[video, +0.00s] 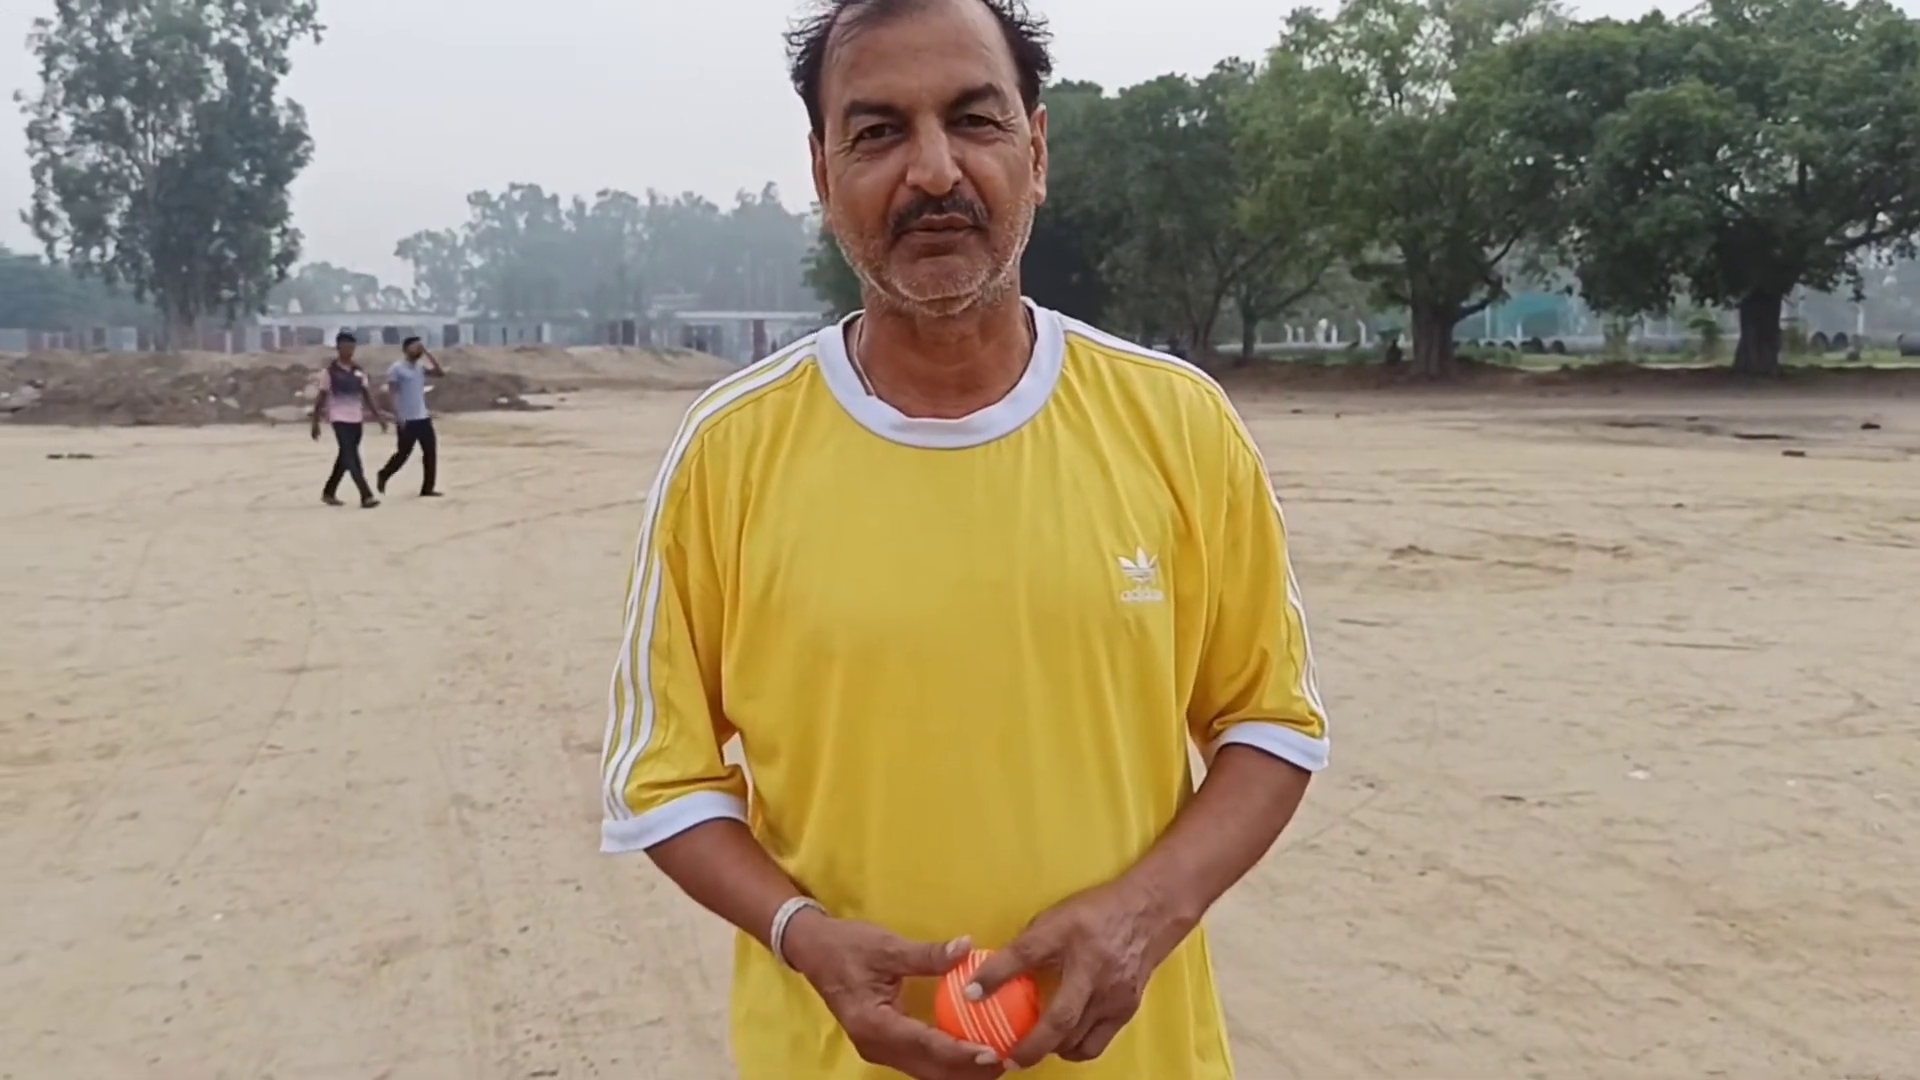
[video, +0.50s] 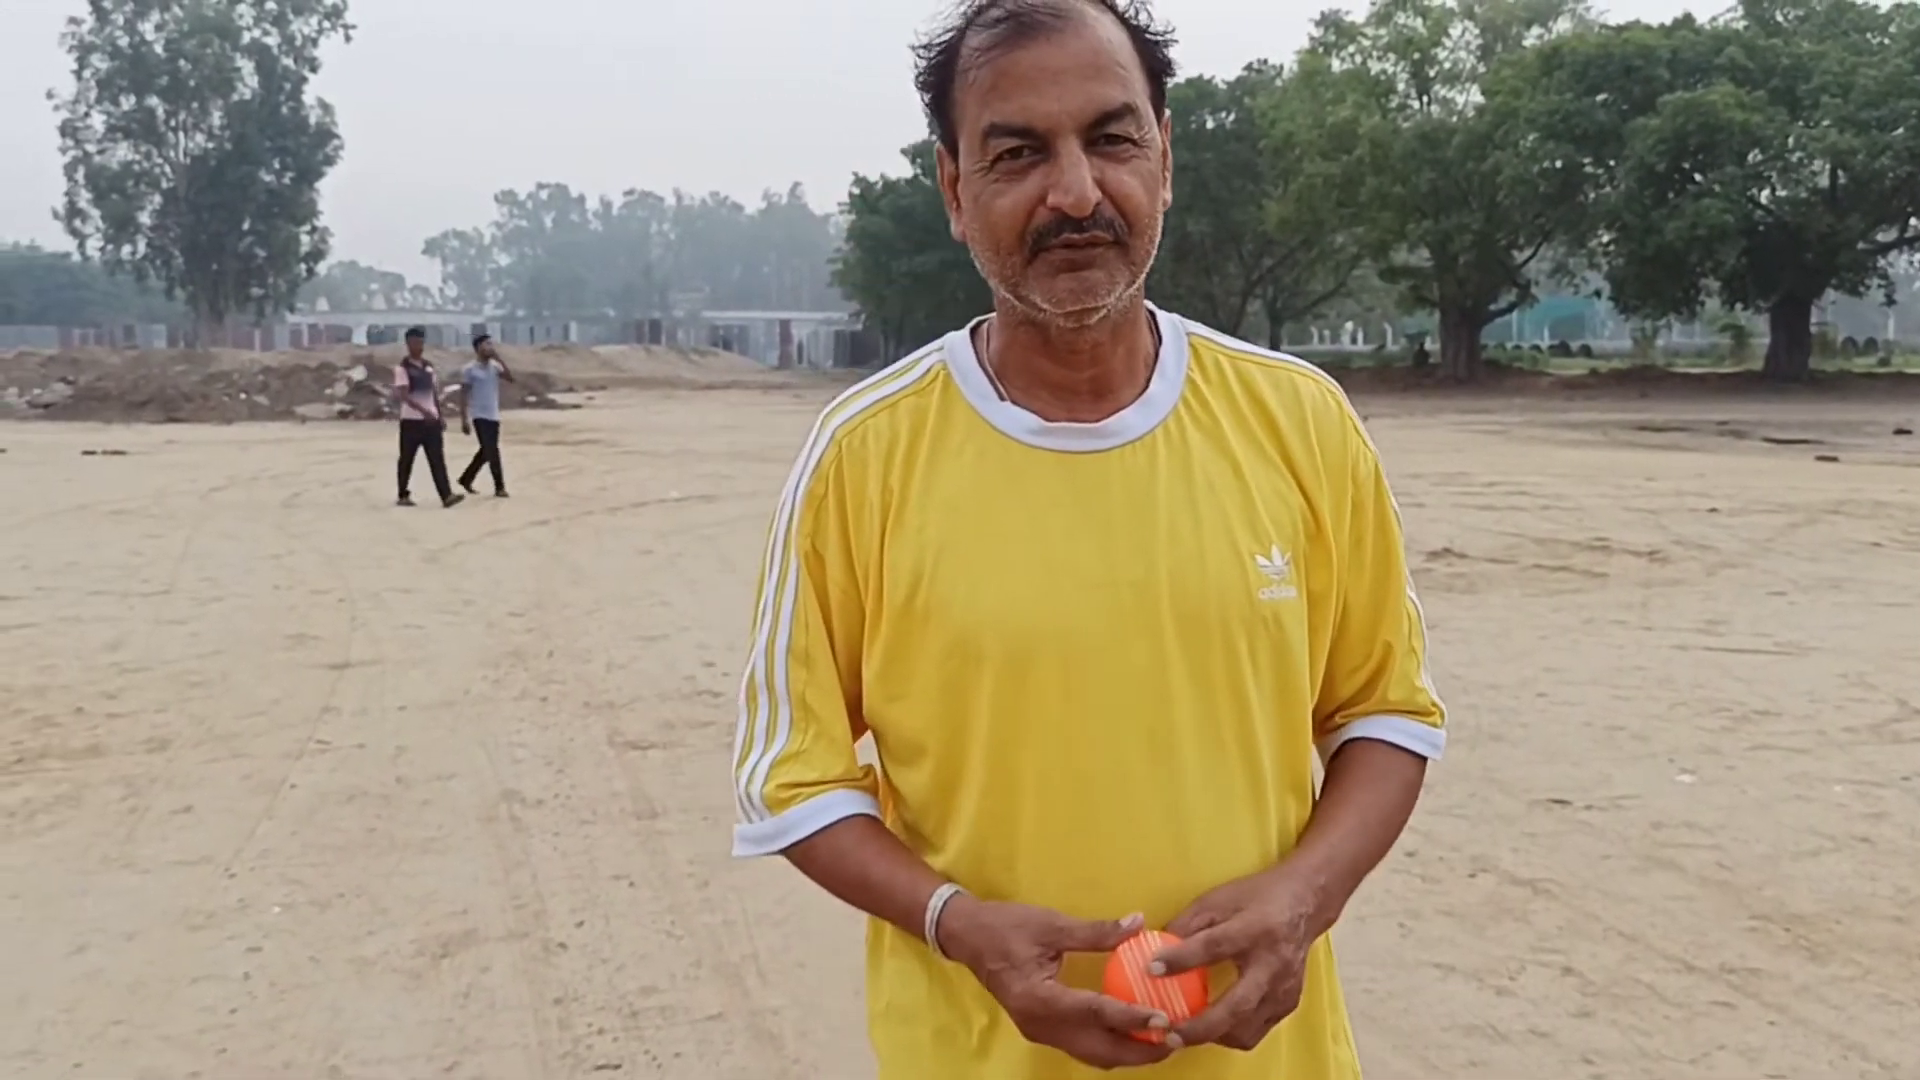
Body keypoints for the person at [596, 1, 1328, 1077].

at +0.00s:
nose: (935, 170)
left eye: (976, 120)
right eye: (879, 132)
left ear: (1037, 157)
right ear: (822, 181)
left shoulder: (1180, 423)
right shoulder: (729, 447)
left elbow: (1276, 723)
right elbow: (658, 773)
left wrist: (1145, 909)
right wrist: (802, 933)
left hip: (1140, 1048)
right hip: (831, 1053)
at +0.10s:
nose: (958, 178)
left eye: (999, 127)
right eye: (903, 138)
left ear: (1060, 158)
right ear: (844, 183)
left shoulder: (1201, 425)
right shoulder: (751, 449)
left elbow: (1297, 722)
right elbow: (682, 774)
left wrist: (1175, 908)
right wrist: (826, 934)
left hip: (1163, 1047)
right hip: (855, 1053)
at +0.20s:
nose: (983, 184)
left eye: (1022, 132)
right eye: (927, 143)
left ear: (1080, 160)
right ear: (865, 187)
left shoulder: (1221, 423)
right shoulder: (773, 451)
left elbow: (1319, 719)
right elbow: (707, 774)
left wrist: (1200, 909)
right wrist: (853, 935)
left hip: (1187, 1048)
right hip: (880, 1055)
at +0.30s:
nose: (1009, 187)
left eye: (1048, 134)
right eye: (953, 147)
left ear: (1104, 163)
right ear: (890, 192)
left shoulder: (1244, 423)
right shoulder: (798, 454)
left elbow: (1340, 718)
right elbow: (731, 778)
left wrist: (1228, 908)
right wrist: (883, 935)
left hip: (1214, 1051)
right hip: (908, 1055)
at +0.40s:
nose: (1041, 190)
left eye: (1078, 137)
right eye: (983, 151)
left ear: (1133, 165)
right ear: (921, 197)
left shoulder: (1270, 422)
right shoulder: (829, 454)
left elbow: (1363, 715)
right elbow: (760, 779)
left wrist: (1261, 905)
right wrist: (919, 930)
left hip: (1243, 1051)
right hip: (939, 1055)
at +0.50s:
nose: (1075, 191)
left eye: (1113, 140)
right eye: (1020, 153)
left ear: (1165, 164)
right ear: (954, 195)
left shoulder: (1302, 422)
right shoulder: (862, 454)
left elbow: (1392, 712)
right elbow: (789, 774)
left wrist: (1301, 893)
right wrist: (962, 924)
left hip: (1272, 1049)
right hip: (976, 1054)